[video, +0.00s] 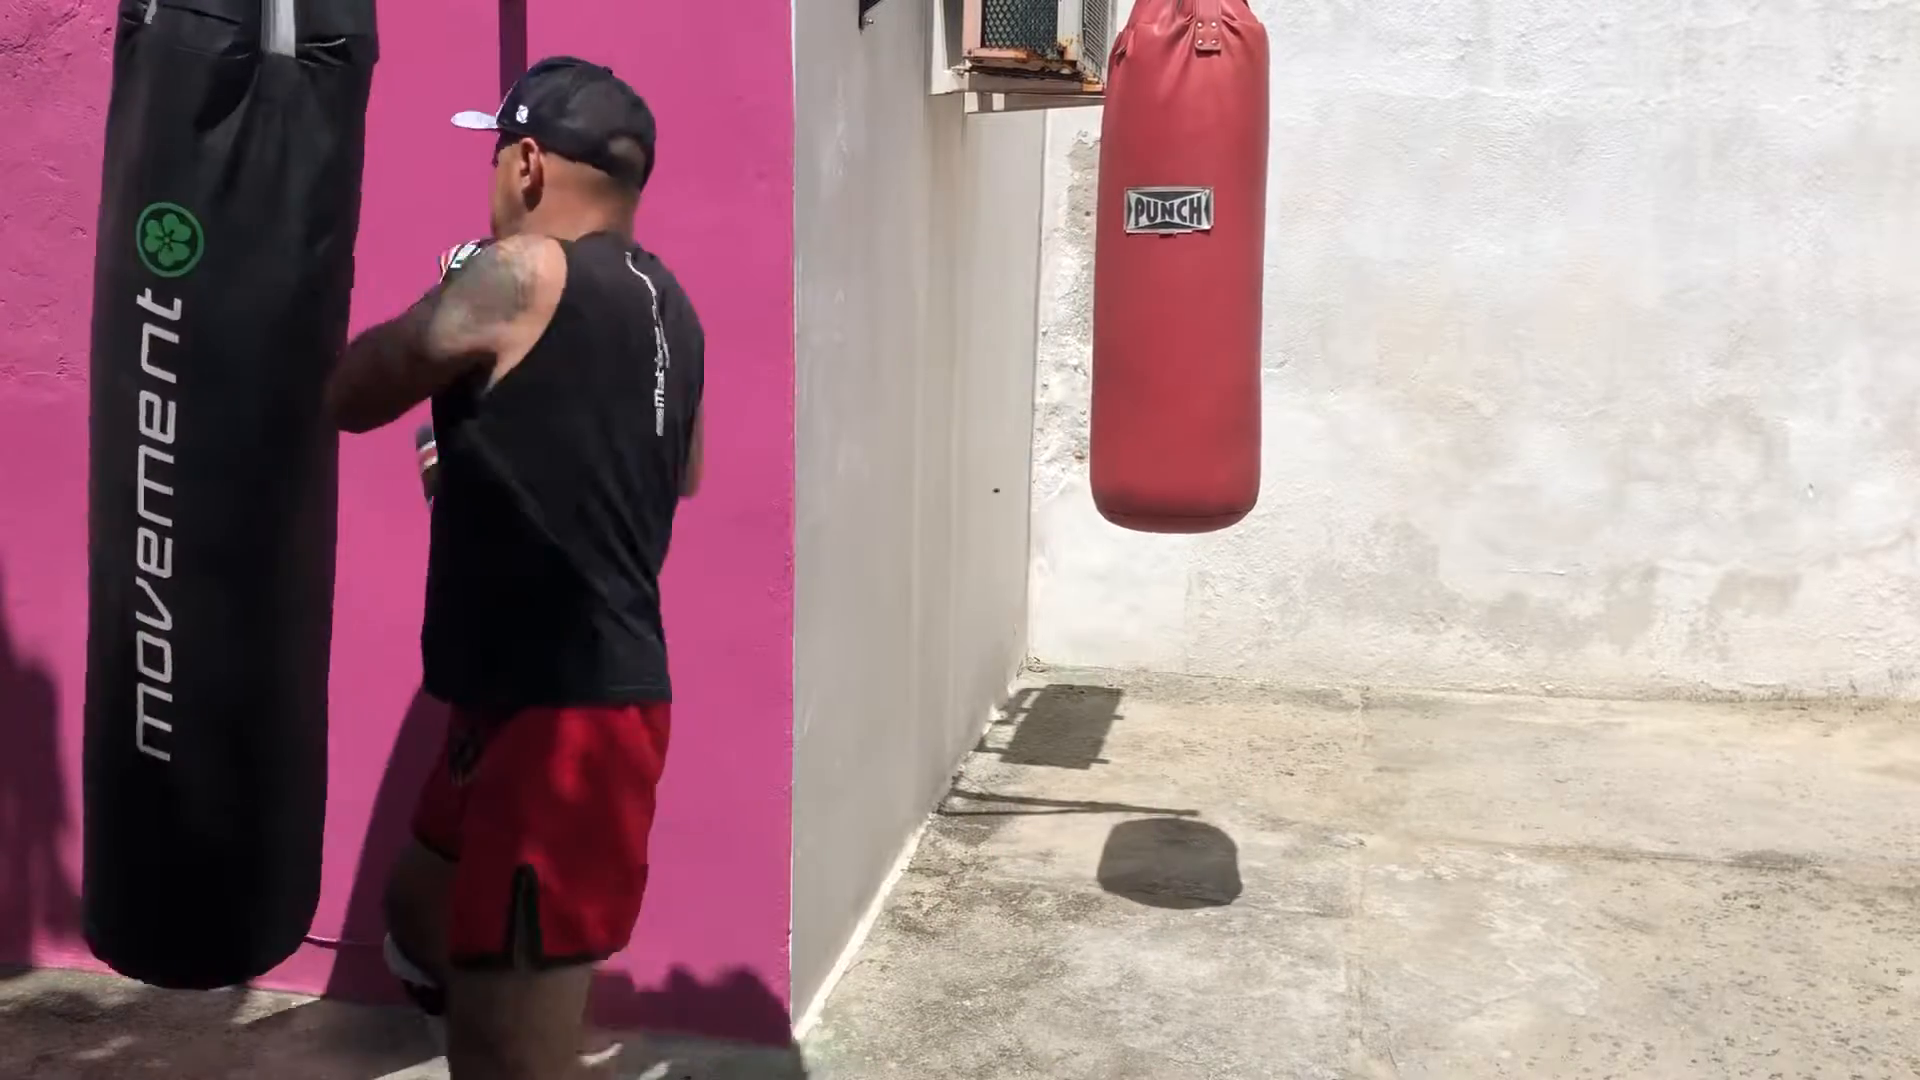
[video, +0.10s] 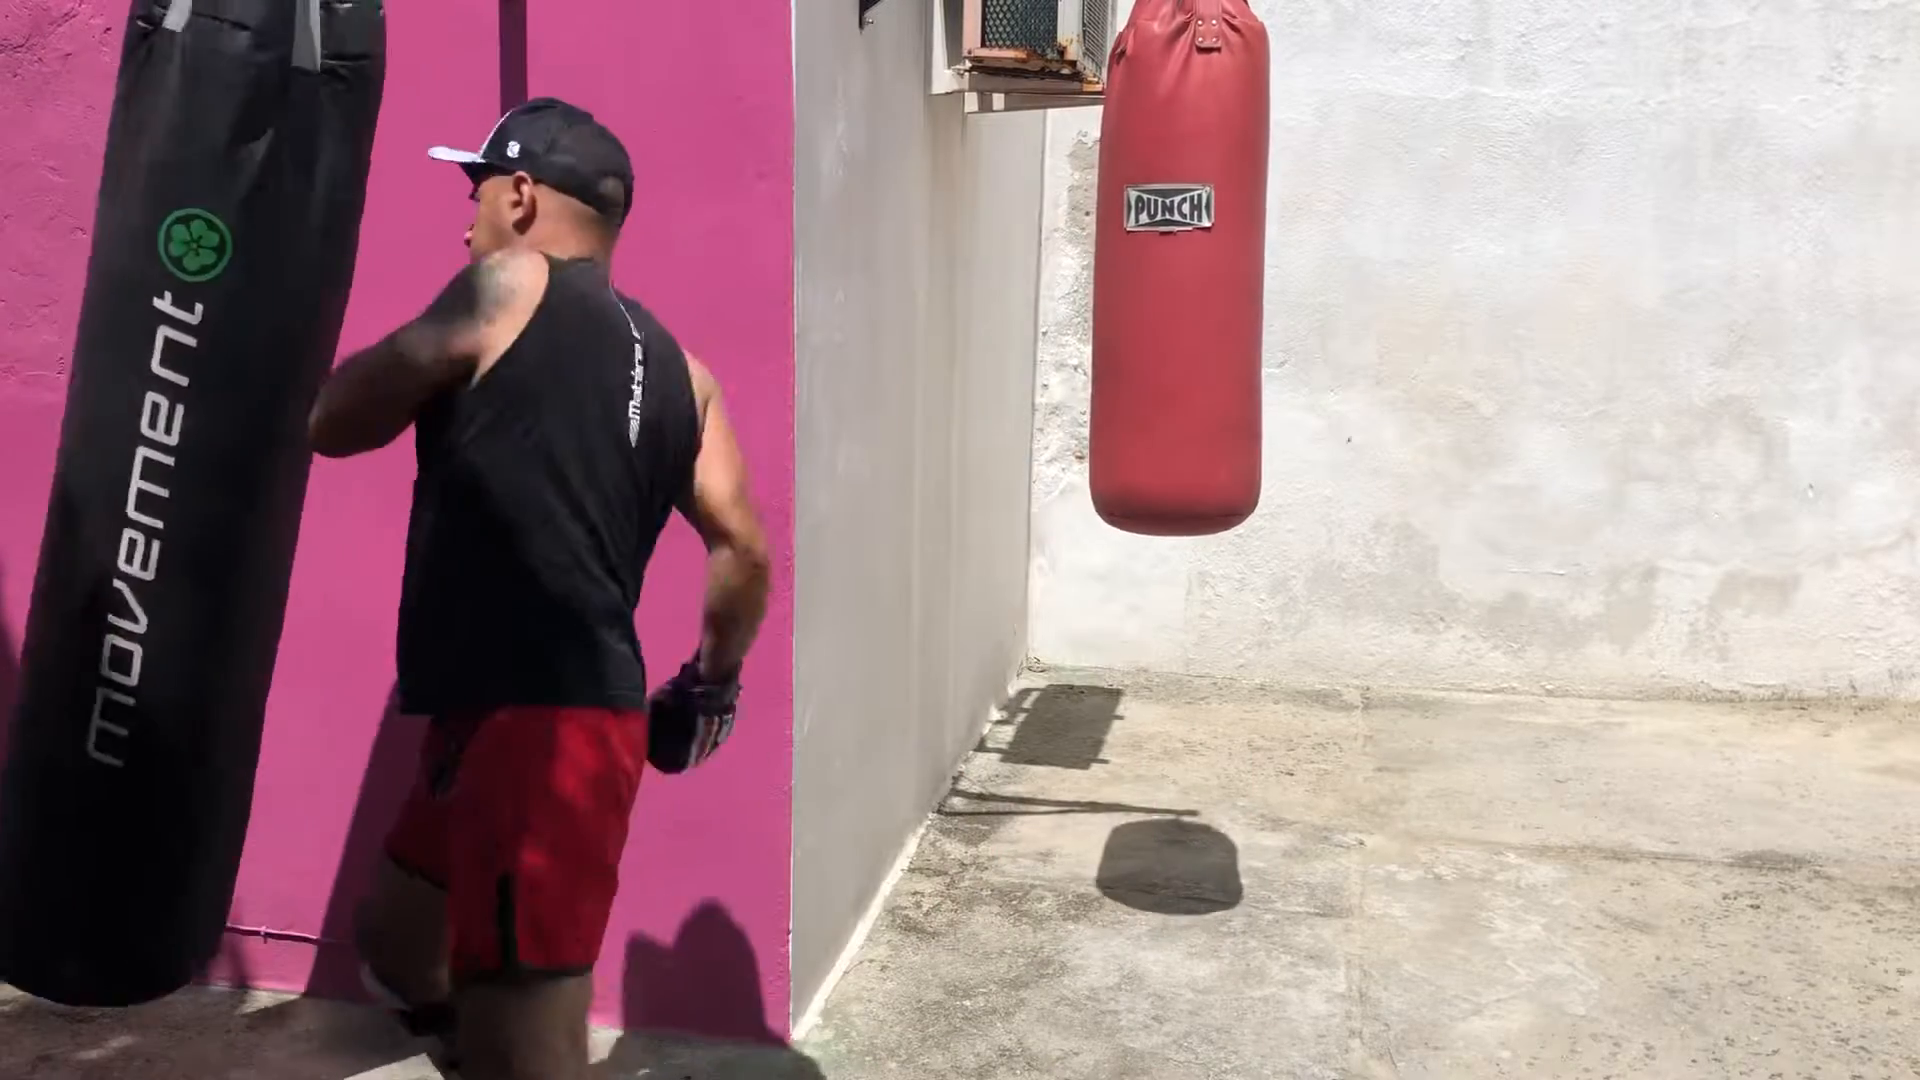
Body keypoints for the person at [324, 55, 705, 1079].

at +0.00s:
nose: (494, 181)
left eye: (500, 157)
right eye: (500, 158)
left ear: (530, 164)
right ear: (629, 177)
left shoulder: (515, 272)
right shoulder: (666, 306)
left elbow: (346, 396)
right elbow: (676, 476)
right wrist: (494, 459)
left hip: (555, 709)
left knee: (514, 1040)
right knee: (422, 919)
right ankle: (534, 1053)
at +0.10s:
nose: (469, 217)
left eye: (480, 191)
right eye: (474, 193)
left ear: (525, 198)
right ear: (600, 220)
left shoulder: (506, 285)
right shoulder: (677, 366)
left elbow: (331, 422)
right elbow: (744, 551)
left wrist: (441, 357)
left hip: (535, 721)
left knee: (522, 1042)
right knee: (399, 940)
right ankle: (506, 1079)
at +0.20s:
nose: (454, 251)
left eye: (469, 225)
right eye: (460, 228)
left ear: (526, 229)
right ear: (554, 237)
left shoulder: (546, 312)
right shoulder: (617, 382)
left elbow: (362, 444)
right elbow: (722, 549)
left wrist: (405, 367)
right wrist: (703, 690)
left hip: (542, 733)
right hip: (441, 722)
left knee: (486, 1042)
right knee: (359, 978)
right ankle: (490, 1062)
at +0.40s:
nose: (464, 249)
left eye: (479, 225)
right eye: (468, 227)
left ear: (539, 222)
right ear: (544, 228)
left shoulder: (569, 286)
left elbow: (366, 399)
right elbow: (538, 567)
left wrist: (448, 339)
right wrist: (386, 633)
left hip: (561, 707)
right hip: (463, 710)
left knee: (514, 1042)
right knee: (395, 996)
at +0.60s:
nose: (448, 208)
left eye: (467, 184)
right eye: (455, 187)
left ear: (533, 199)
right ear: (537, 202)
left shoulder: (585, 284)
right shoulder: (583, 328)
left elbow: (402, 424)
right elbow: (709, 530)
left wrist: (384, 327)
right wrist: (623, 654)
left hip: (617, 705)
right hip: (501, 702)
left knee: (596, 1023)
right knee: (425, 989)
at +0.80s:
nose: (532, 236)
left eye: (553, 212)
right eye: (539, 211)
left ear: (624, 236)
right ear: (623, 238)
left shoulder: (726, 367)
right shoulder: (593, 374)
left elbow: (571, 530)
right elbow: (541, 541)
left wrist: (466, 372)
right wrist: (414, 479)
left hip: (693, 763)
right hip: (548, 750)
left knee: (709, 1041)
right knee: (428, 1001)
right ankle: (496, 1063)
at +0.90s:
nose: (595, 211)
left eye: (614, 189)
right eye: (597, 189)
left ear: (684, 205)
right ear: (681, 206)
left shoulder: (789, 337)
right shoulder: (655, 339)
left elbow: (605, 485)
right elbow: (592, 439)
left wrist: (549, 289)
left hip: (749, 756)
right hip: (603, 740)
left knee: (751, 1056)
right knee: (504, 998)